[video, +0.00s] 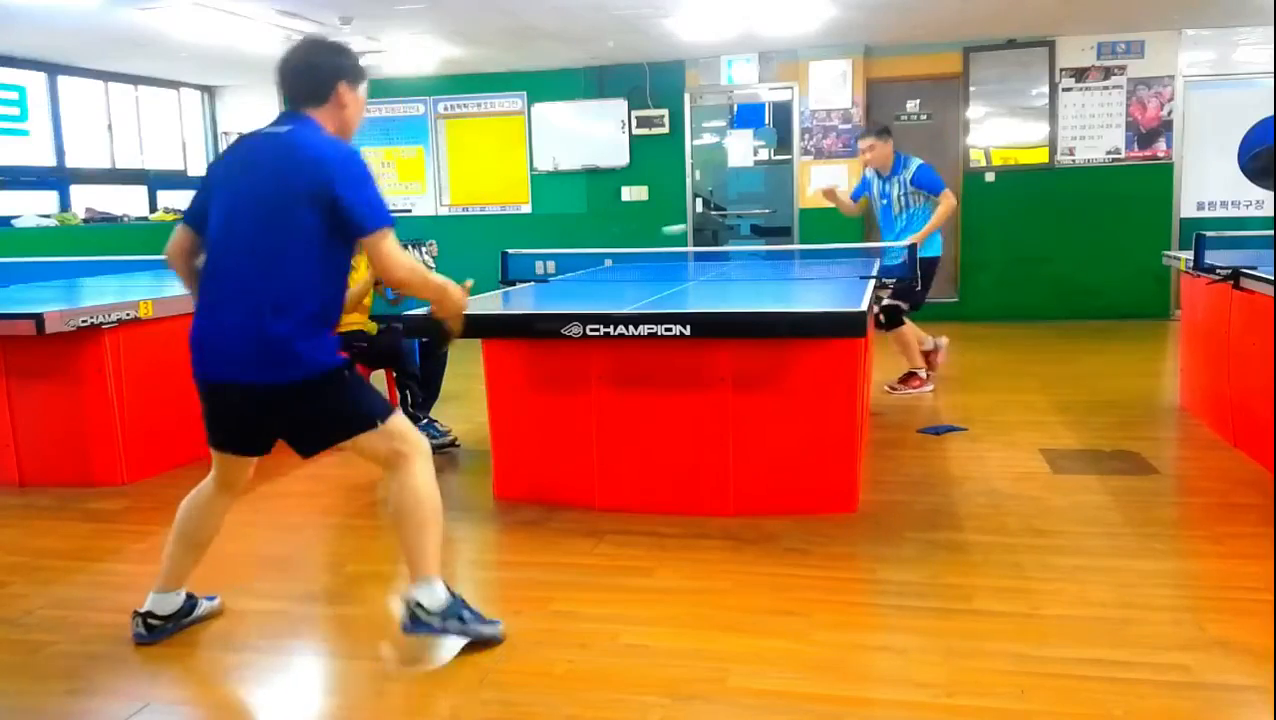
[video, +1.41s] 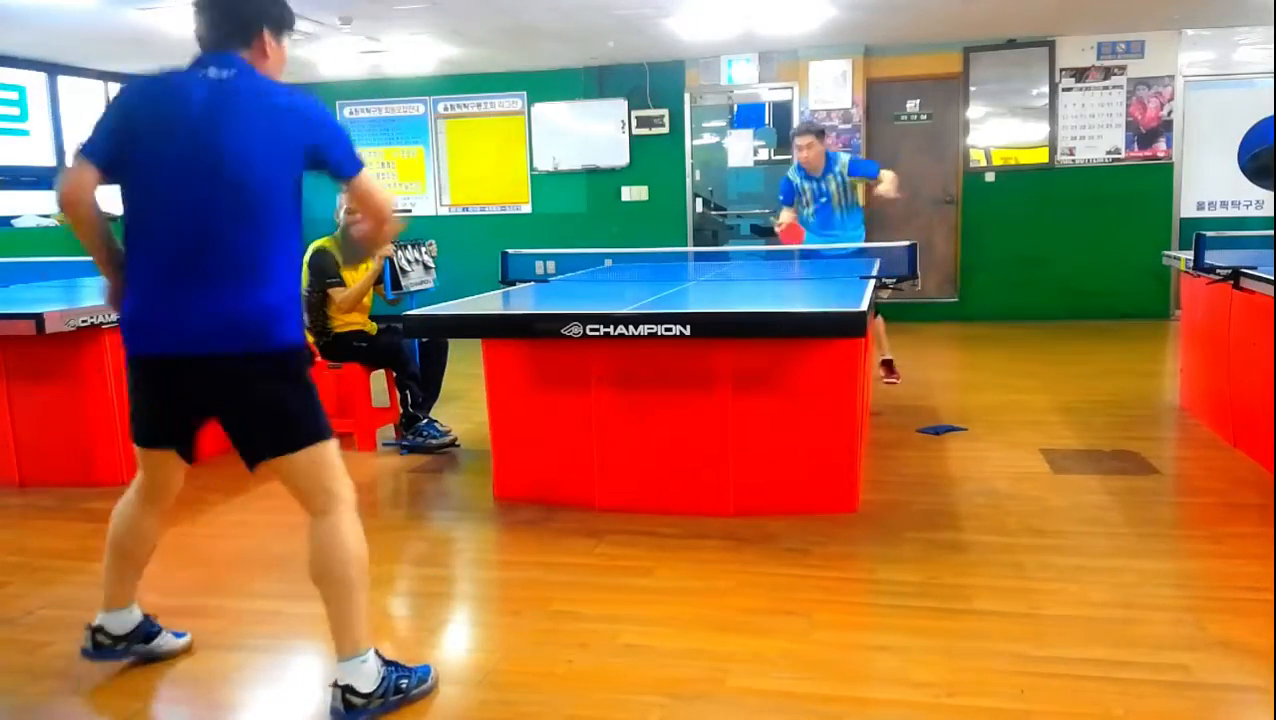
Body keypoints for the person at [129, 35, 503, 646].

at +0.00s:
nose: (362, 109)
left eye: (363, 98)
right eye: (360, 97)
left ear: (291, 94)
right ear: (339, 94)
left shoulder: (235, 156)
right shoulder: (335, 159)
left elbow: (180, 252)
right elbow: (391, 267)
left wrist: (225, 299)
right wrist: (443, 292)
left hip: (220, 357)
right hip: (297, 361)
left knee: (226, 477)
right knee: (405, 451)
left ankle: (162, 603)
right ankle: (429, 597)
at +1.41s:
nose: (286, 56)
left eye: (285, 41)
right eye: (284, 42)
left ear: (206, 38)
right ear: (265, 42)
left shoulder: (141, 98)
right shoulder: (293, 108)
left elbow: (73, 192)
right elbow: (378, 210)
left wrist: (115, 266)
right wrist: (361, 257)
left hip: (157, 345)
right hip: (258, 343)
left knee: (153, 483)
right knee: (330, 499)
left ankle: (115, 623)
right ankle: (359, 672)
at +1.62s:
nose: (258, 75)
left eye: (256, 63)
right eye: (257, 63)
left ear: (178, 65)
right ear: (240, 67)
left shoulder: (117, 127)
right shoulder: (276, 149)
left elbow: (59, 210)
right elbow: (353, 254)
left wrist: (41, 312)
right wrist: (363, 226)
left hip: (117, 364)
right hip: (222, 369)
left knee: (81, 510)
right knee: (318, 527)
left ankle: (26, 663)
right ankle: (349, 689)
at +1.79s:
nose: (234, 88)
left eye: (231, 74)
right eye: (231, 74)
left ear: (150, 82)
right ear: (209, 78)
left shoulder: (83, 150)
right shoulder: (238, 165)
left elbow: (18, 253)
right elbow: (269, 293)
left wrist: (58, 324)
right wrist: (305, 373)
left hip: (91, 378)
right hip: (190, 378)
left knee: (101, 513)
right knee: (310, 519)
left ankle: (28, 666)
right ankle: (348, 688)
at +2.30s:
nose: (252, 131)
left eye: (251, 118)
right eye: (250, 117)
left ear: (166, 112)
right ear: (228, 112)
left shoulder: (92, 181)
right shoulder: (239, 195)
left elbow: (42, 303)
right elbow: (273, 329)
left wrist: (107, 350)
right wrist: (319, 407)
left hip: (68, 407)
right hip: (170, 411)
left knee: (82, 512)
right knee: (308, 535)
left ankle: (19, 661)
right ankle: (295, 704)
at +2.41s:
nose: (213, 128)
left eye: (212, 116)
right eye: (212, 116)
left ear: (132, 113)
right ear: (196, 117)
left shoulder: (68, 166)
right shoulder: (227, 200)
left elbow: (3, 254)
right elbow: (231, 294)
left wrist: (15, 318)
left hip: (75, 400)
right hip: (188, 402)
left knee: (17, 519)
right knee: (295, 545)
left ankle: (4, 665)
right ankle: (296, 706)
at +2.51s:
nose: (189, 97)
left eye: (190, 86)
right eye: (189, 86)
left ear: (105, 80)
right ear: (171, 80)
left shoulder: (48, 129)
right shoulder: (198, 159)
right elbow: (205, 282)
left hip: (56, 369)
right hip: (163, 368)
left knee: (5, 520)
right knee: (234, 535)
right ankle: (286, 700)